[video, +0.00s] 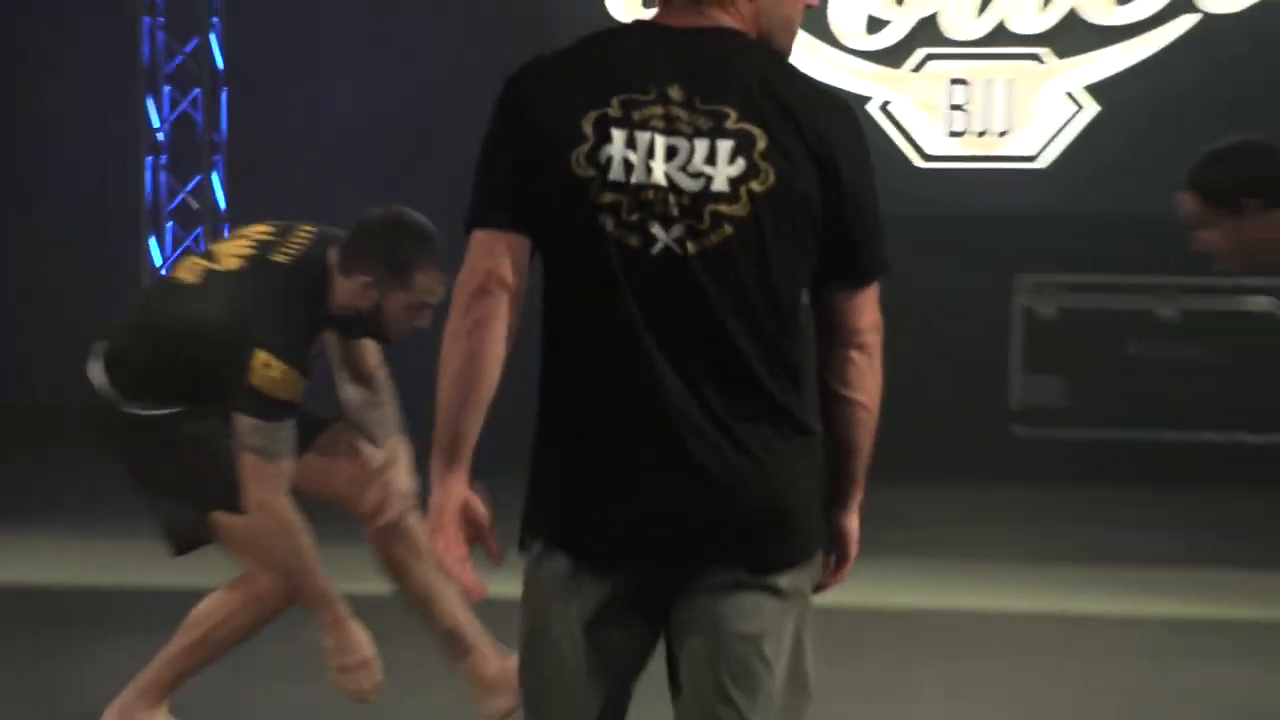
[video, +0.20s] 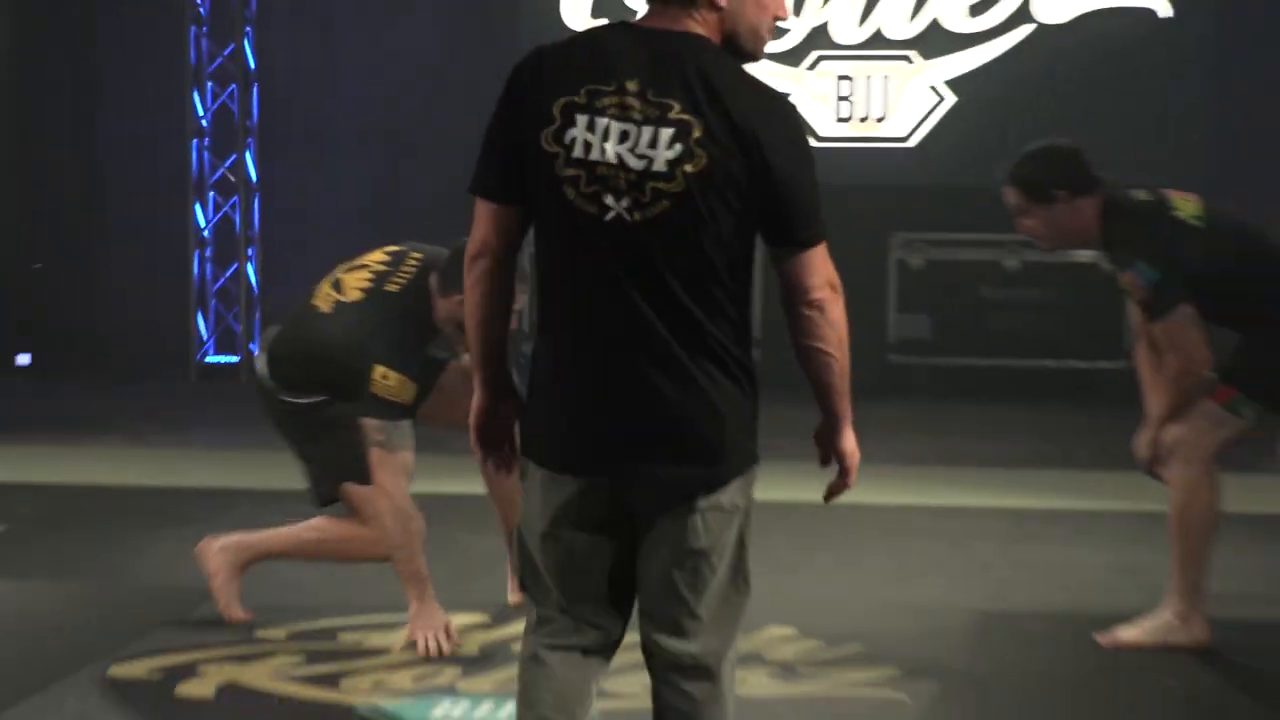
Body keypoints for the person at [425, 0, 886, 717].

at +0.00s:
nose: (806, 10)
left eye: (807, 0)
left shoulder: (545, 88)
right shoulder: (822, 118)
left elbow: (488, 282)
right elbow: (857, 338)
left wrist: (452, 472)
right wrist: (846, 498)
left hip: (587, 494)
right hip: (756, 506)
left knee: (560, 708)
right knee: (743, 706)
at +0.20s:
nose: (785, 11)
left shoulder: (543, 75)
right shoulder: (757, 111)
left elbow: (487, 250)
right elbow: (812, 290)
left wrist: (489, 384)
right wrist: (838, 417)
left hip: (568, 411)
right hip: (698, 422)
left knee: (562, 632)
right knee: (693, 662)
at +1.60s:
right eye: (693, 51)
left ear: (594, 49)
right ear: (689, 63)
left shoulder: (505, 165)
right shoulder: (722, 176)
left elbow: (491, 348)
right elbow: (771, 358)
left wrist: (572, 403)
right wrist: (830, 512)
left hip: (556, 504)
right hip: (688, 506)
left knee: (581, 710)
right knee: (718, 707)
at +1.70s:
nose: (542, 53)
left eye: (547, 36)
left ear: (556, 43)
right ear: (659, 50)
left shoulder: (479, 173)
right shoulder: (712, 172)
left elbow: (456, 364)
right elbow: (761, 359)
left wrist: (506, 476)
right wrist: (805, 511)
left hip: (536, 512)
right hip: (673, 513)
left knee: (563, 710)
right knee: (698, 709)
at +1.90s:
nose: (464, 47)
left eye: (478, 21)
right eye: (469, 24)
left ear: (531, 21)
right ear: (601, 34)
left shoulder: (455, 153)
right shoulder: (695, 147)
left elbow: (409, 354)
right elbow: (745, 338)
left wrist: (401, 508)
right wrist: (745, 488)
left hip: (518, 501)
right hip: (655, 500)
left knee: (541, 704)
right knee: (671, 706)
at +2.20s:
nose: (399, 38)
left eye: (419, 14)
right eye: (403, 17)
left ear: (494, 16)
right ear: (502, 21)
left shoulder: (441, 144)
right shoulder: (632, 145)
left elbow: (428, 346)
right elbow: (687, 328)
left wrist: (370, 529)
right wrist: (663, 477)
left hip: (467, 529)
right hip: (604, 523)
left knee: (431, 705)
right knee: (592, 708)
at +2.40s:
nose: (300, 64)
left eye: (322, 37)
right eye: (300, 43)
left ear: (401, 34)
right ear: (408, 36)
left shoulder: (358, 181)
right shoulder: (542, 155)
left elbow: (383, 388)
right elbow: (605, 355)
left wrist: (349, 583)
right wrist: (578, 502)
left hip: (404, 575)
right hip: (539, 556)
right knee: (541, 706)